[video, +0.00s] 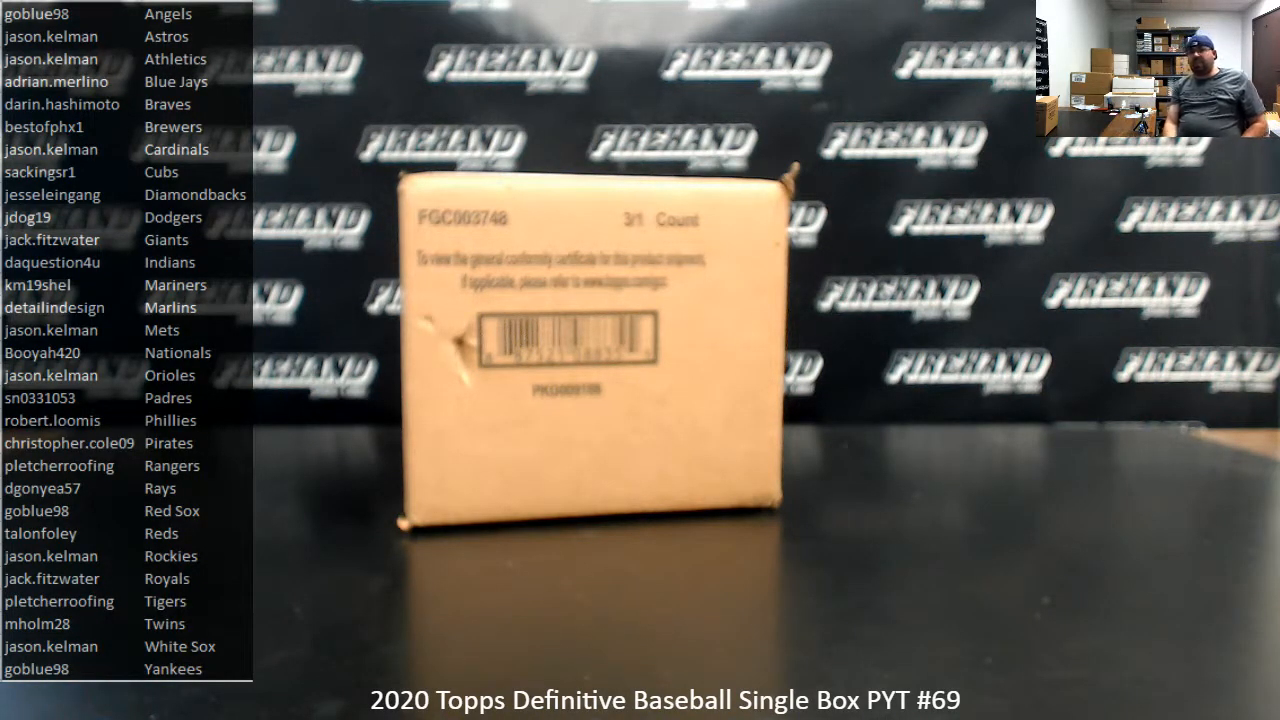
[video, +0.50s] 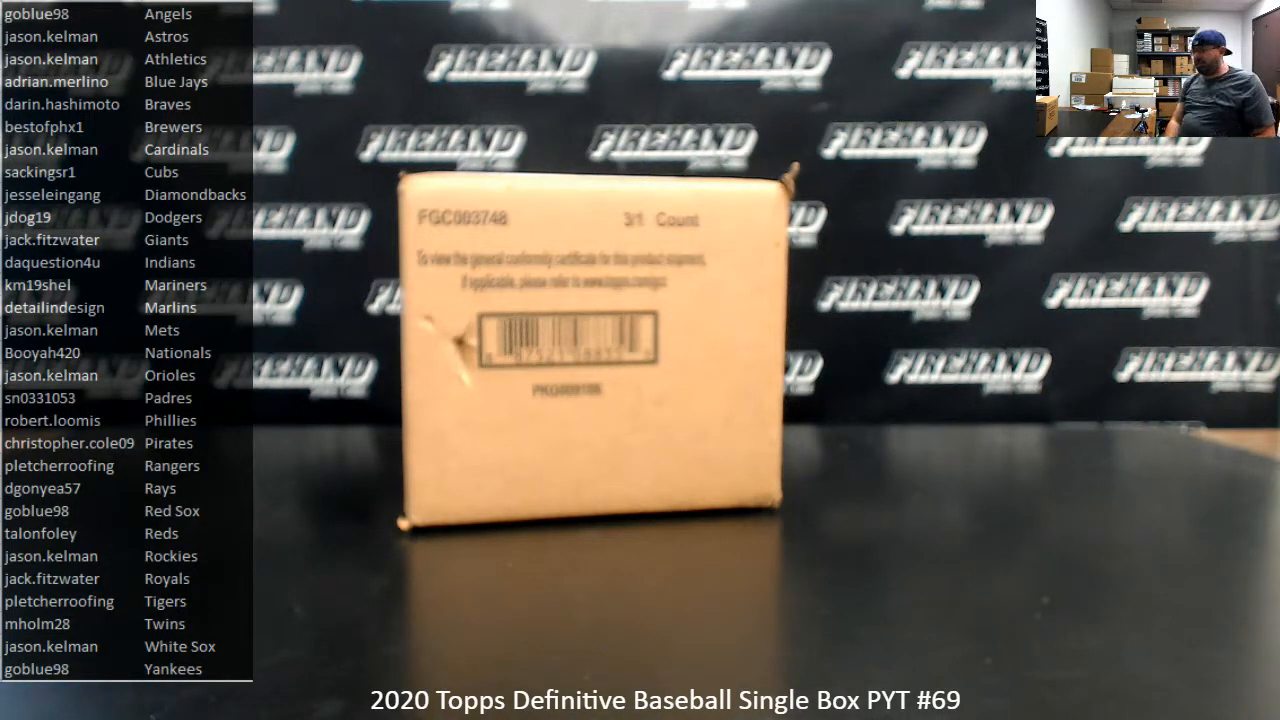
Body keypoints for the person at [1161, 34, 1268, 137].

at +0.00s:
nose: (1196, 55)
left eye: (1201, 50)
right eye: (1191, 52)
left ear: (1214, 54)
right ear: (1187, 57)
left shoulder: (1238, 80)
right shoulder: (1181, 86)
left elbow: (1260, 123)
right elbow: (1171, 122)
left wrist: (1237, 150)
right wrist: (1168, 150)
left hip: (1226, 154)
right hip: (1186, 154)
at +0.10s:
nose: (1198, 55)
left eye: (1204, 50)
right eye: (1194, 51)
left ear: (1217, 53)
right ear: (1189, 57)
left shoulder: (1241, 80)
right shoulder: (1183, 85)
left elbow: (1262, 127)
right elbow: (1172, 122)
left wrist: (1235, 152)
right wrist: (1168, 150)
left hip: (1226, 156)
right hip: (1186, 156)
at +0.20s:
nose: (1200, 55)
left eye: (1206, 50)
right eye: (1195, 51)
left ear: (1219, 53)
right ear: (1190, 56)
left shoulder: (1243, 80)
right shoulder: (1186, 84)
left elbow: (1263, 128)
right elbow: (1173, 121)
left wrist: (1235, 153)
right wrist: (1168, 149)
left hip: (1226, 156)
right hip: (1187, 155)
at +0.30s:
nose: (1200, 55)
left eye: (1207, 49)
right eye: (1196, 51)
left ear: (1221, 53)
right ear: (1192, 55)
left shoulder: (1245, 80)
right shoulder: (1188, 84)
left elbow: (1265, 130)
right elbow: (1175, 121)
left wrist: (1235, 154)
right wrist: (1166, 149)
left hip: (1226, 158)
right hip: (1187, 157)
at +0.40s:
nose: (1199, 56)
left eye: (1206, 50)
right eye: (1196, 51)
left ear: (1222, 52)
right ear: (1192, 54)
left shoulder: (1246, 82)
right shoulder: (1189, 84)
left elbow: (1266, 131)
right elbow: (1175, 120)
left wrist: (1239, 159)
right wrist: (1167, 149)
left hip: (1228, 159)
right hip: (1187, 159)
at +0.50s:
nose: (1197, 57)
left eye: (1203, 51)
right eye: (1194, 52)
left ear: (1221, 52)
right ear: (1191, 54)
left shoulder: (1248, 82)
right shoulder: (1190, 83)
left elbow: (1267, 134)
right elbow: (1176, 120)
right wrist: (1167, 149)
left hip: (1229, 162)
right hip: (1187, 160)